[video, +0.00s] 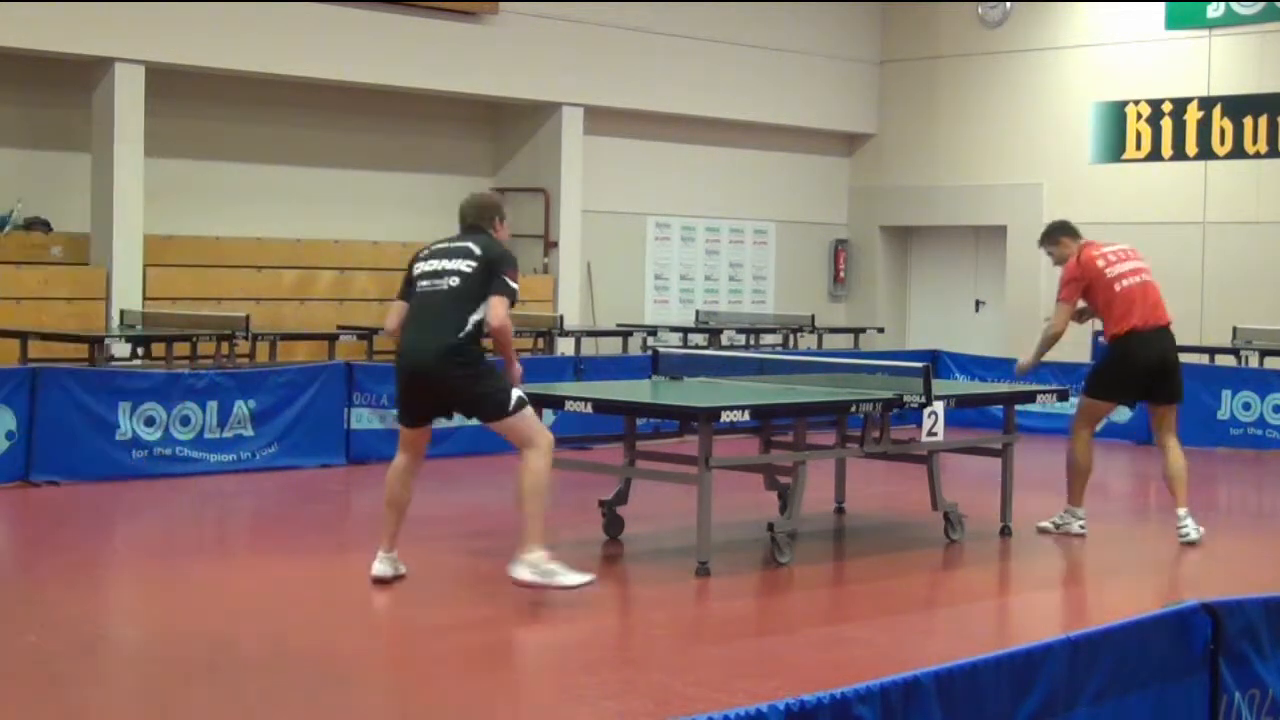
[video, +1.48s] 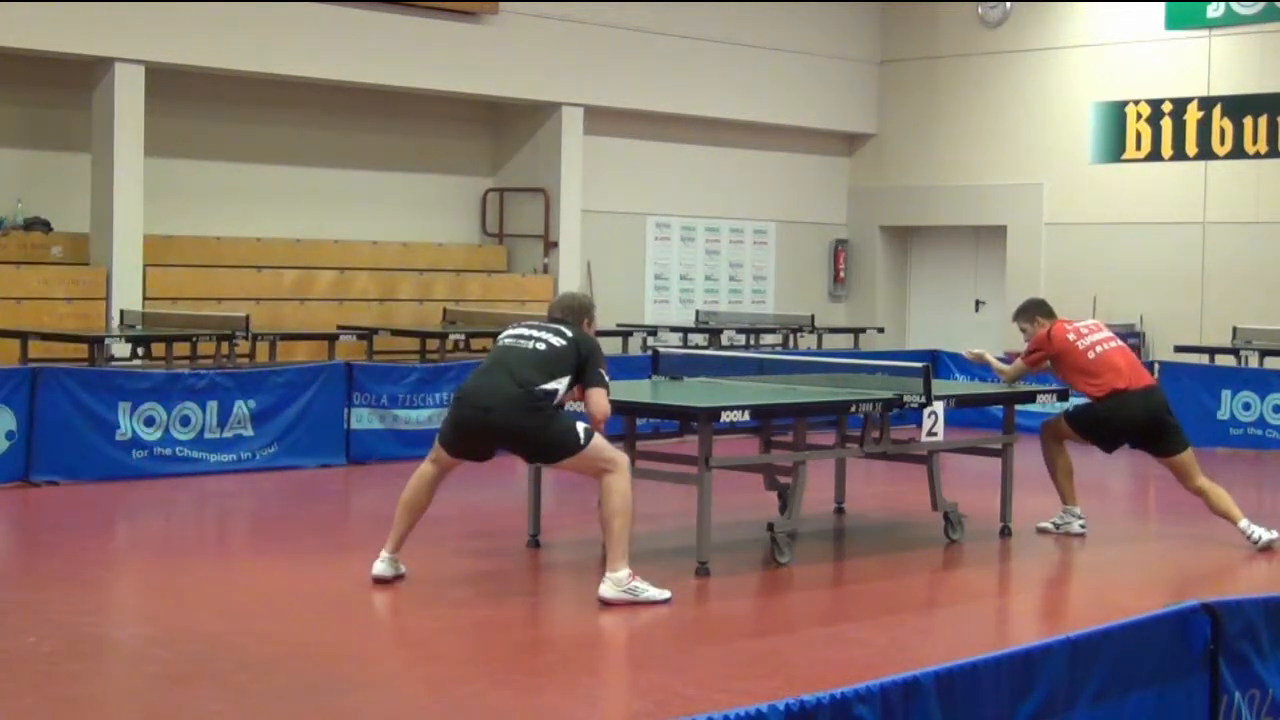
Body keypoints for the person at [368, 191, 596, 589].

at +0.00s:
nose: (508, 232)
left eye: (507, 226)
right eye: (507, 226)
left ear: (463, 224)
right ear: (497, 225)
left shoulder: (426, 255)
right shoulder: (499, 255)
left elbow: (393, 323)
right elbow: (497, 321)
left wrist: (426, 348)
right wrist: (510, 363)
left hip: (411, 366)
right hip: (460, 364)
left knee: (408, 453)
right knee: (538, 442)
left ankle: (385, 555)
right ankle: (533, 554)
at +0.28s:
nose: (562, 296)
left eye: (560, 288)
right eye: (561, 289)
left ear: (517, 284)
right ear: (552, 289)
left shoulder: (477, 304)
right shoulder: (554, 312)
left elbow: (433, 362)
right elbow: (554, 371)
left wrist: (462, 394)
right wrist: (546, 408)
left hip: (452, 396)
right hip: (506, 398)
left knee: (424, 461)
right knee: (591, 466)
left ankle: (386, 557)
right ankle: (616, 575)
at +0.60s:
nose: (597, 342)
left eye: (596, 336)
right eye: (597, 336)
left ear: (559, 322)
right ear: (589, 332)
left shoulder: (512, 334)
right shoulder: (584, 349)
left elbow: (458, 382)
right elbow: (574, 396)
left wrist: (501, 432)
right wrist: (558, 436)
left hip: (471, 408)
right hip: (529, 415)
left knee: (435, 464)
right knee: (615, 465)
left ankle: (386, 557)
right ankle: (618, 576)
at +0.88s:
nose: (599, 345)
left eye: (599, 338)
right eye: (599, 338)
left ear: (560, 324)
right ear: (591, 334)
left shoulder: (516, 336)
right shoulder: (586, 351)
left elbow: (459, 384)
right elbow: (576, 400)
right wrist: (547, 446)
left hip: (472, 406)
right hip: (529, 414)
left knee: (435, 465)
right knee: (616, 465)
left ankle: (386, 557)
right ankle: (618, 577)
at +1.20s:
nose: (597, 342)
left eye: (596, 335)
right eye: (596, 335)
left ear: (557, 323)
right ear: (586, 332)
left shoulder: (517, 333)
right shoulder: (584, 350)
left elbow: (495, 375)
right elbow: (583, 406)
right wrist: (568, 419)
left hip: (470, 409)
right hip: (526, 417)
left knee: (435, 464)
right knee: (616, 465)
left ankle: (386, 557)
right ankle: (618, 576)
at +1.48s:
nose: (595, 331)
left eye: (594, 325)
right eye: (595, 325)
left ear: (554, 316)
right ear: (586, 324)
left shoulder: (518, 328)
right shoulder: (585, 344)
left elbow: (507, 374)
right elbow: (599, 413)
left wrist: (559, 391)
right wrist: (588, 415)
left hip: (470, 408)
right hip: (525, 416)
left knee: (435, 464)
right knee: (616, 466)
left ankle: (386, 556)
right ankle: (619, 576)